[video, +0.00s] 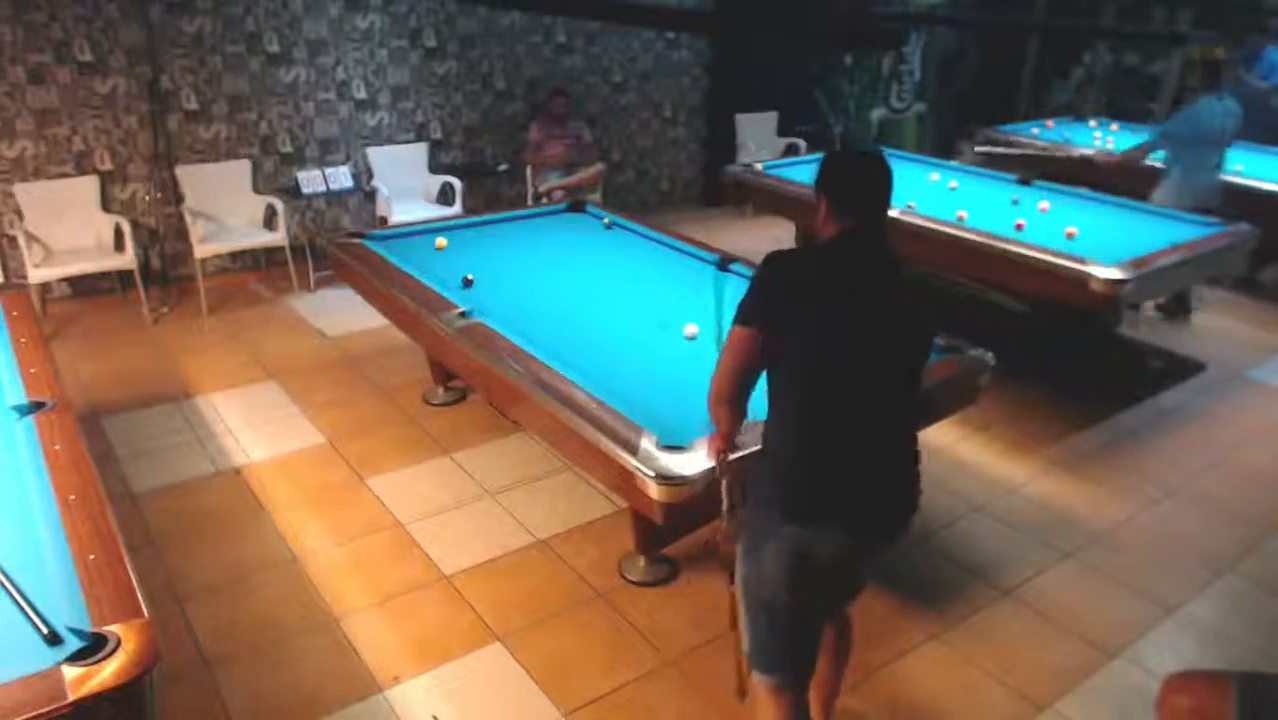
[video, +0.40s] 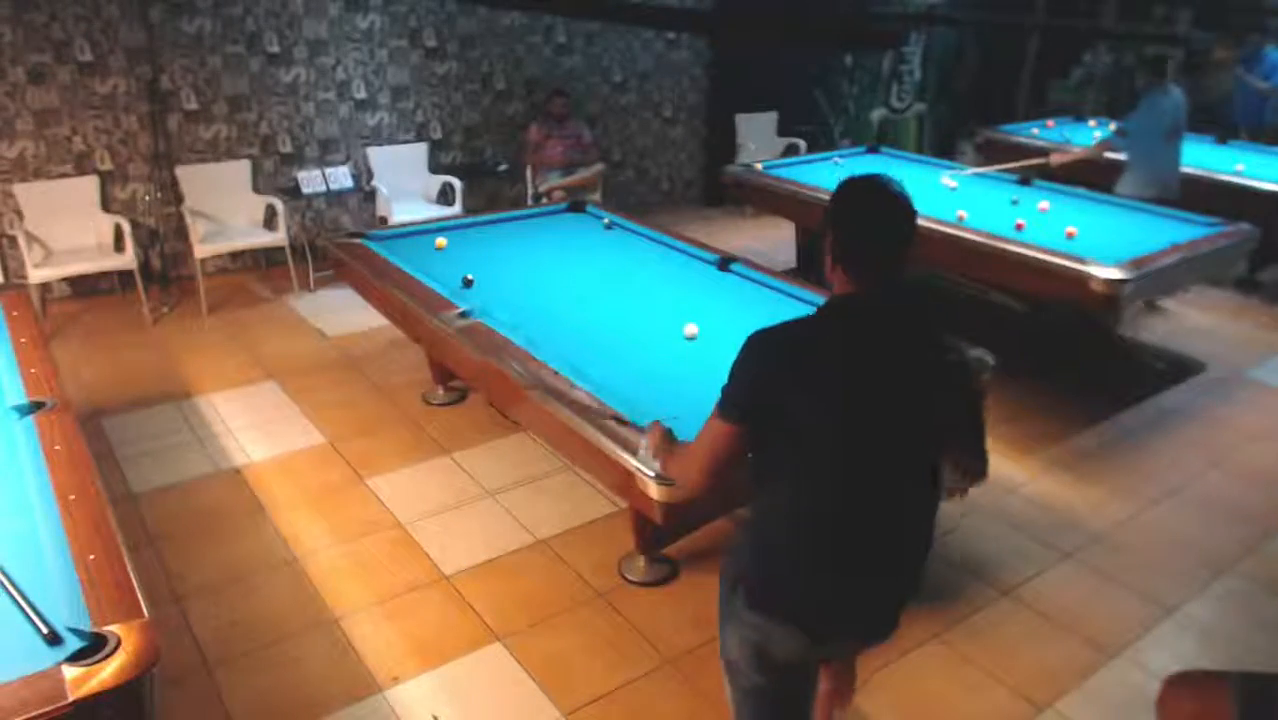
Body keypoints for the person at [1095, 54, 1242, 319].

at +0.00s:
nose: (1191, 82)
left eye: (1194, 77)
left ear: (1198, 80)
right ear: (1220, 79)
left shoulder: (1192, 112)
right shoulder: (1233, 109)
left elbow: (1156, 141)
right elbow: (1225, 142)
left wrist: (1119, 159)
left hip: (1180, 183)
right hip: (1210, 184)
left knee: (1156, 233)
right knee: (1189, 240)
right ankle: (1179, 297)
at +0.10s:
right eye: (1221, 69)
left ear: (1187, 75)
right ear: (1211, 75)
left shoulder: (1184, 108)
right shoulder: (1215, 105)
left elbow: (1156, 130)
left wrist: (1126, 151)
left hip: (1174, 181)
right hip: (1202, 181)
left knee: (1150, 228)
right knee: (1185, 237)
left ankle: (1171, 295)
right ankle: (1179, 297)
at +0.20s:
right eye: (1224, 68)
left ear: (1173, 78)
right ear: (1205, 72)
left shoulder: (1176, 106)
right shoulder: (1202, 103)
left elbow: (1141, 136)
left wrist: (1090, 155)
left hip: (1162, 179)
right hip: (1188, 180)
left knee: (1140, 228)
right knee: (1181, 234)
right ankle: (1176, 294)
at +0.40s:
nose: (1136, 78)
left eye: (1139, 73)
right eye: (1137, 73)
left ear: (1147, 74)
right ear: (1164, 72)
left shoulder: (1152, 103)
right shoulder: (1177, 97)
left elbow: (1114, 142)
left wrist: (1070, 157)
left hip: (1142, 181)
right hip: (1169, 180)